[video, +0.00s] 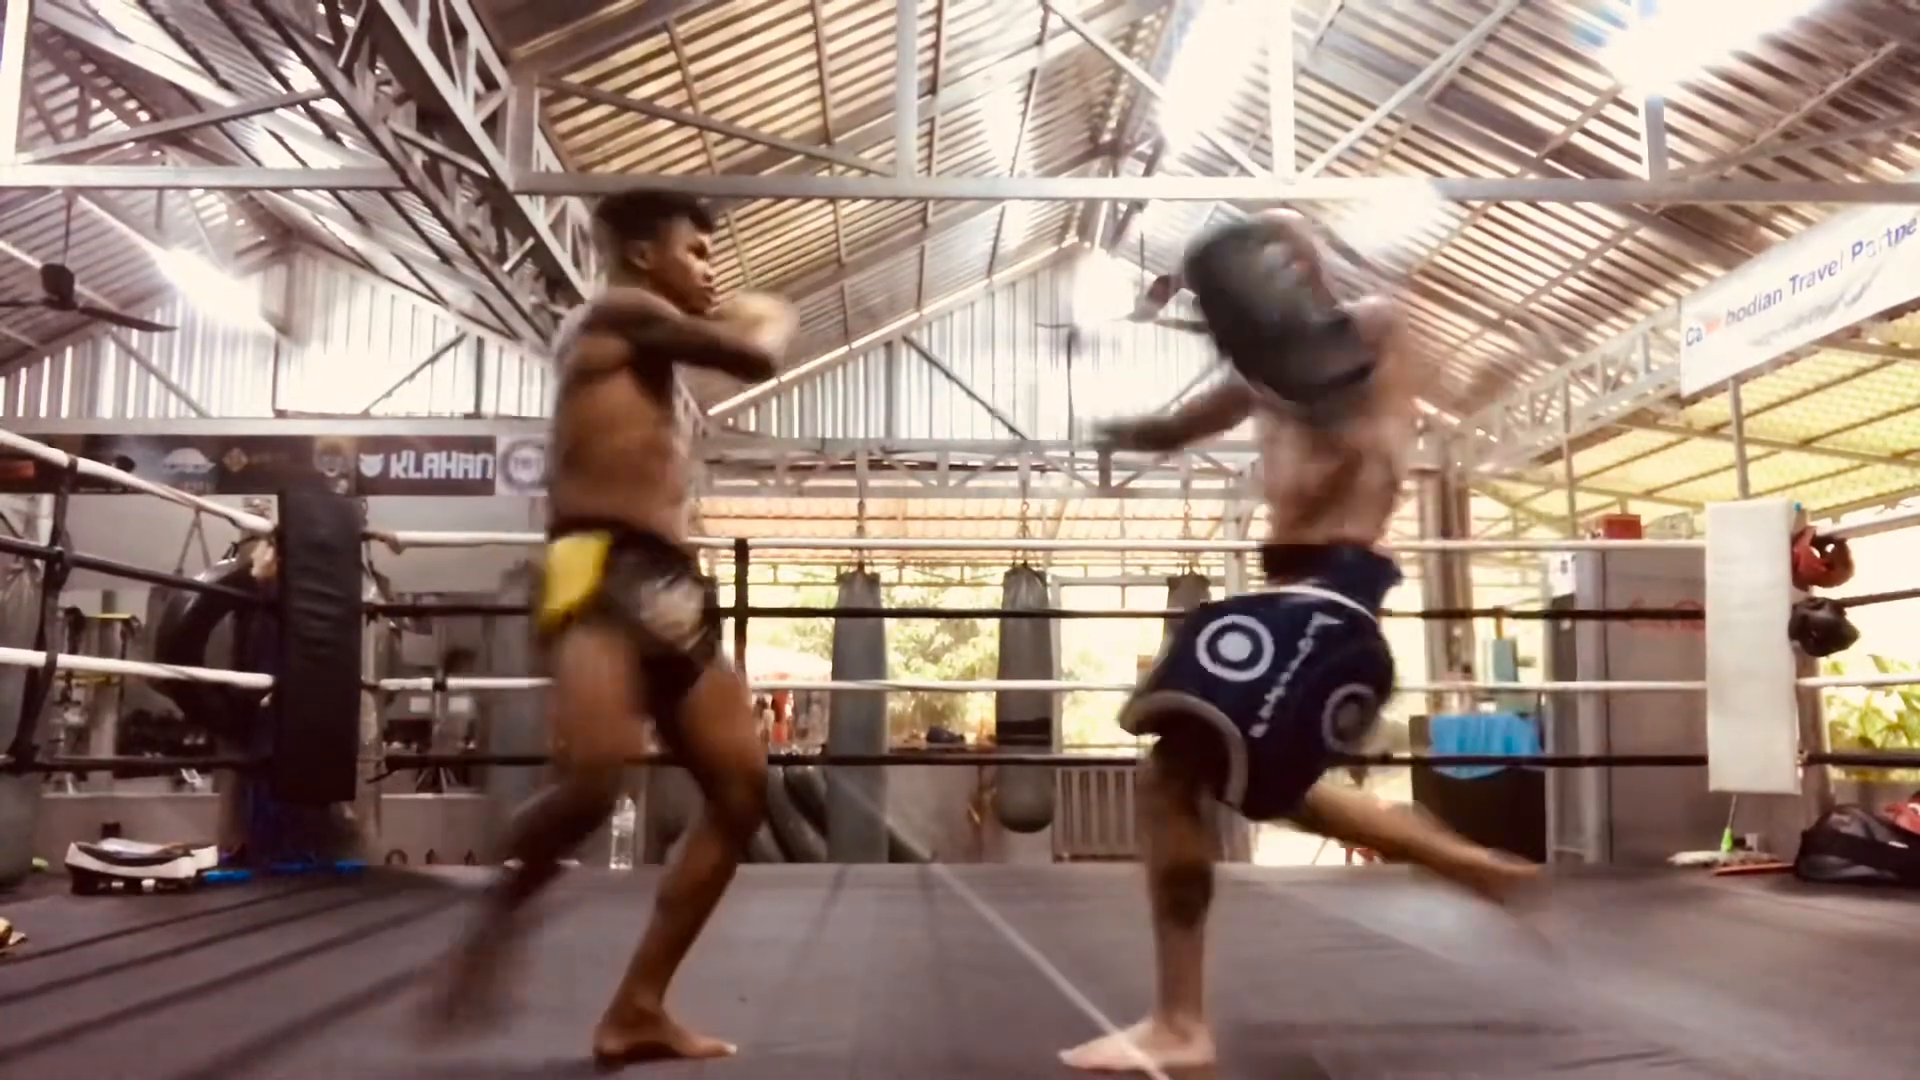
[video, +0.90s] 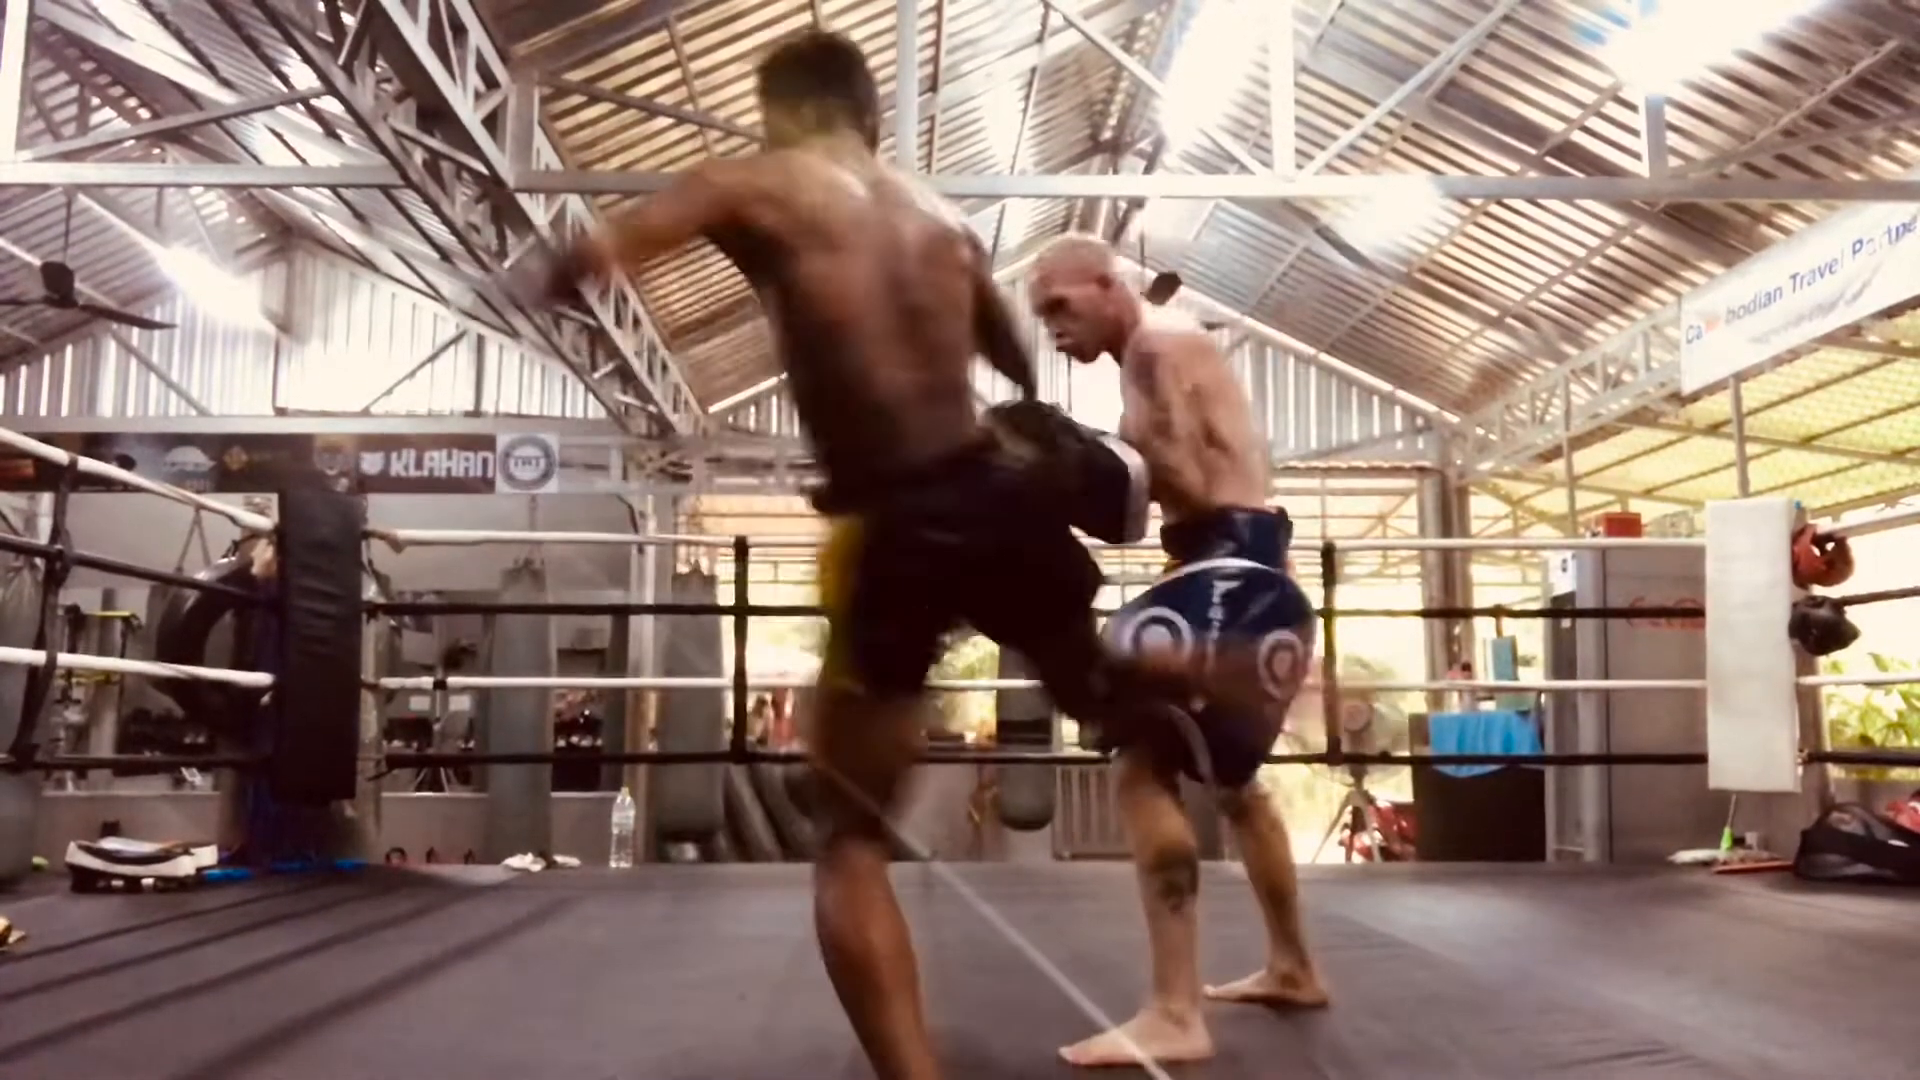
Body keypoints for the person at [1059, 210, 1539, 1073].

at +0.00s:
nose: (1281, 270)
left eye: (1291, 250)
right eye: (1263, 262)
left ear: (1320, 254)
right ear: (1248, 288)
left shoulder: (1379, 327)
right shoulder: (1267, 362)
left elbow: (1464, 398)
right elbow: (1177, 429)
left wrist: (1525, 353)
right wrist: (1113, 434)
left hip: (1338, 582)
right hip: (1287, 585)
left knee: (1169, 772)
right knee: (1277, 784)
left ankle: (1179, 1023)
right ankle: (1495, 873)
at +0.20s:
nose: (1163, 292)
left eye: (1164, 276)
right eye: (1154, 276)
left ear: (1194, 266)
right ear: (1201, 264)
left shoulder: (1272, 328)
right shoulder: (1230, 337)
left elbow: (1144, 396)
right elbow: (1133, 402)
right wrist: (1094, 351)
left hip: (1259, 568)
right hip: (1197, 540)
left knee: (1142, 777)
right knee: (1005, 607)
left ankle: (1176, 1020)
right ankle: (903, 687)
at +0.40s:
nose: (1135, 263)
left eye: (1133, 244)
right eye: (1142, 242)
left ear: (1153, 234)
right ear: (1172, 232)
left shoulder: (1217, 284)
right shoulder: (1198, 306)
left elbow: (1130, 371)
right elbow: (1178, 469)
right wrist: (1079, 462)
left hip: (1224, 543)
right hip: (1161, 525)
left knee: (1150, 771)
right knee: (963, 558)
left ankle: (1175, 1018)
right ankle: (921, 736)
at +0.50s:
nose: (1101, 245)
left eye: (1113, 224)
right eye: (1094, 232)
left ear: (1158, 209)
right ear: (1099, 232)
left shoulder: (1232, 280)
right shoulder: (1167, 308)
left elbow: (1203, 350)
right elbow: (1166, 426)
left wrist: (1122, 254)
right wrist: (1075, 430)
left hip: (1219, 519)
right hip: (1162, 515)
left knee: (1169, 767)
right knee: (1018, 656)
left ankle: (1178, 1017)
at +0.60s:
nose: (1109, 268)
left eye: (1122, 245)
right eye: (1101, 254)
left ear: (1164, 235)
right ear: (1111, 264)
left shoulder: (1232, 306)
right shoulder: (1148, 351)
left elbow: (1229, 365)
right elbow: (1094, 429)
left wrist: (1149, 271)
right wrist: (999, 389)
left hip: (1211, 544)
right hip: (1158, 544)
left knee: (1169, 768)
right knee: (1141, 748)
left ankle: (1177, 1016)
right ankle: (1237, 928)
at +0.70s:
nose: (1086, 282)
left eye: (1097, 263)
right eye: (1082, 267)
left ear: (1147, 253)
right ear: (1127, 256)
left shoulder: (1219, 327)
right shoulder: (1135, 346)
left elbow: (1203, 426)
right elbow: (1061, 440)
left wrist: (1103, 333)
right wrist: (988, 379)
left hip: (1222, 551)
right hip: (1186, 551)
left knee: (1141, 768)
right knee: (1229, 777)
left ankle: (1174, 1014)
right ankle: (1290, 965)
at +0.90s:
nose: (1053, 329)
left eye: (1060, 307)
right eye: (1045, 315)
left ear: (1111, 287)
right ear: (1100, 296)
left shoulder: (1162, 348)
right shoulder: (1154, 360)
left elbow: (1198, 486)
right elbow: (1195, 488)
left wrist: (1117, 449)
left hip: (1224, 565)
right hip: (1249, 567)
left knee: (1144, 774)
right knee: (1239, 781)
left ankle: (1175, 1012)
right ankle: (1292, 966)